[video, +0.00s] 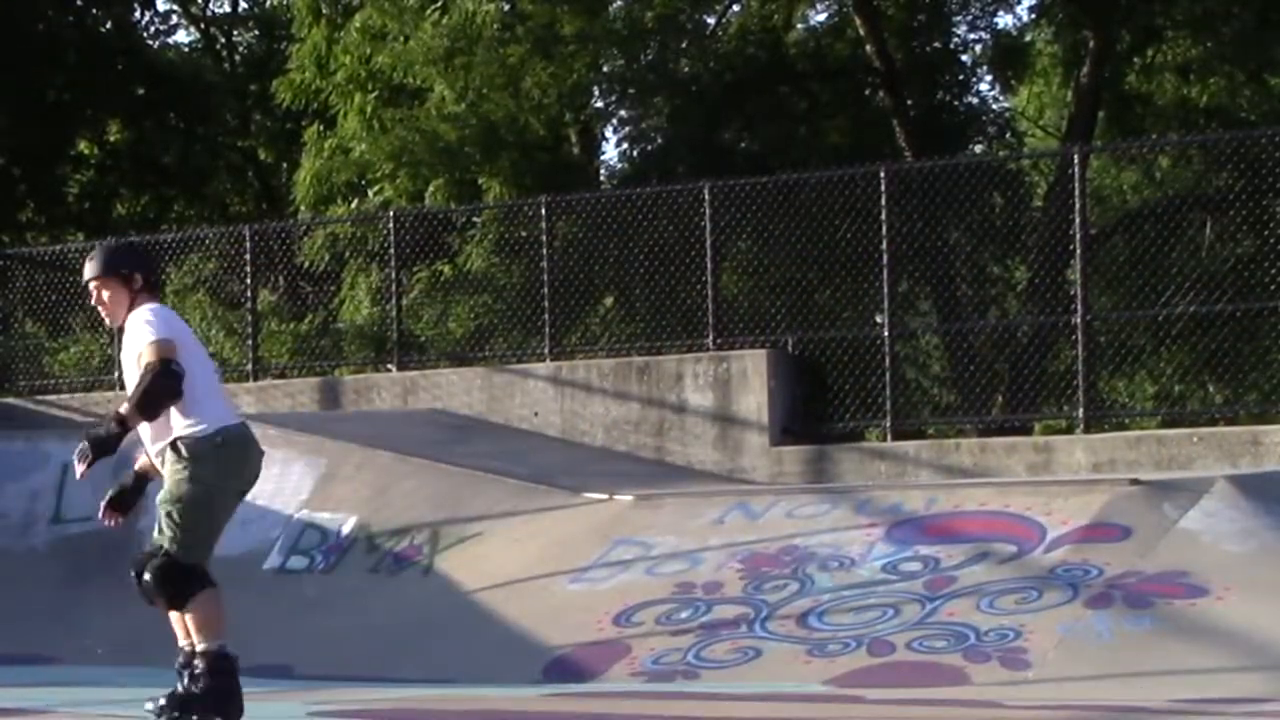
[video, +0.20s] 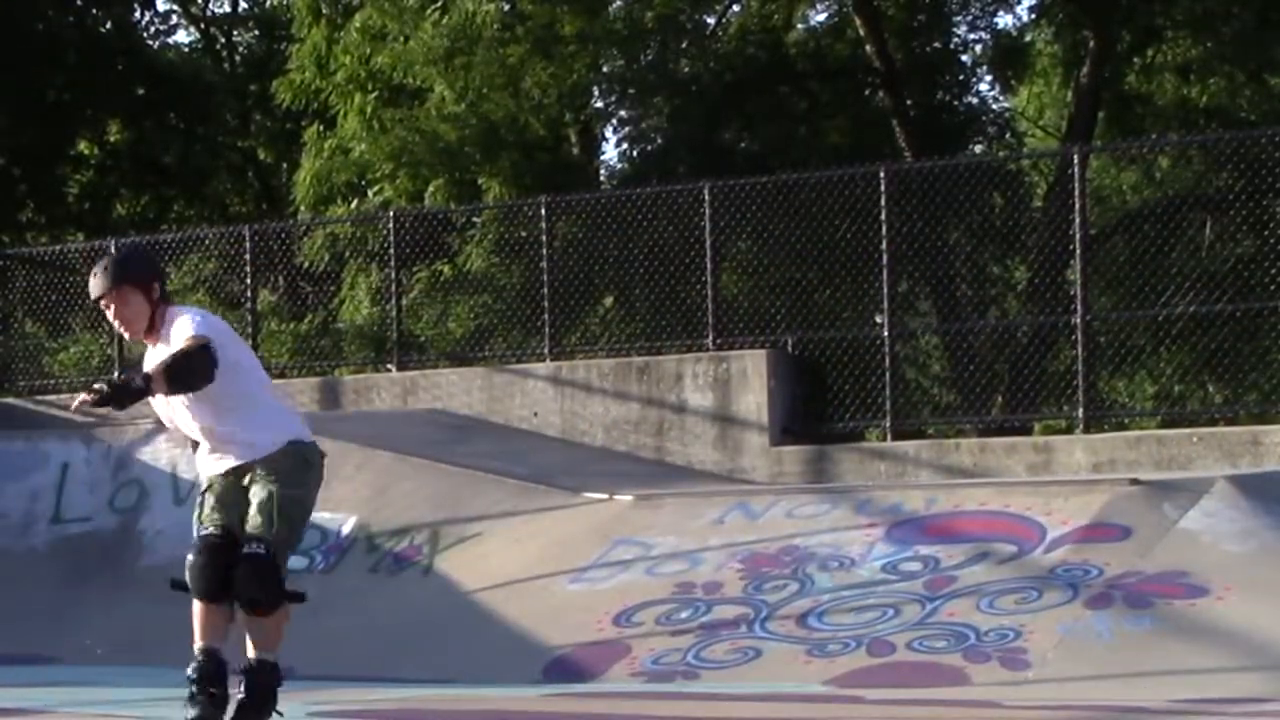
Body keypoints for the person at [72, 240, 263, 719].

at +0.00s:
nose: (95, 299)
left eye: (101, 287)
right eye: (91, 291)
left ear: (133, 282)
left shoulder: (149, 317)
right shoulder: (137, 334)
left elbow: (164, 378)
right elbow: (167, 427)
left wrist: (108, 434)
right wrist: (135, 483)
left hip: (214, 450)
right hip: (194, 455)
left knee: (178, 568)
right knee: (160, 571)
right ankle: (197, 682)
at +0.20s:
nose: (113, 313)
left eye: (119, 299)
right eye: (104, 306)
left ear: (151, 289)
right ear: (101, 310)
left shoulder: (188, 323)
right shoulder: (152, 359)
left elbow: (198, 368)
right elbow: (200, 425)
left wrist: (135, 387)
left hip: (282, 455)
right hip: (223, 467)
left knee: (257, 570)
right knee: (208, 566)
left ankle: (260, 692)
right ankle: (208, 691)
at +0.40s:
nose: (197, 292)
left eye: (207, 279)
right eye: (185, 283)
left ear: (229, 276)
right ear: (171, 289)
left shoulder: (266, 309)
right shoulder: (178, 361)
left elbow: (294, 281)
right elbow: (192, 438)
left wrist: (245, 268)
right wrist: (205, 490)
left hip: (309, 464)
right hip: (240, 477)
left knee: (303, 585)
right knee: (254, 565)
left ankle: (282, 696)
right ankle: (249, 690)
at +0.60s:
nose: (257, 261)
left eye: (266, 248)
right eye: (247, 252)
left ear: (285, 241)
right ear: (232, 255)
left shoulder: (315, 254)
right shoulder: (227, 307)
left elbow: (365, 180)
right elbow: (215, 335)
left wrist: (368, 97)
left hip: (357, 450)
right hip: (284, 461)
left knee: (351, 592)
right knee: (299, 569)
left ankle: (329, 706)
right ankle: (286, 700)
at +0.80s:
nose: (325, 212)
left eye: (337, 199)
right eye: (313, 199)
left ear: (356, 198)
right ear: (292, 201)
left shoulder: (382, 239)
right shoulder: (278, 259)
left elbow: (456, 200)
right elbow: (260, 192)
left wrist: (497, 121)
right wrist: (277, 110)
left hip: (388, 438)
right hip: (313, 442)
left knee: (392, 587)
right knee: (345, 573)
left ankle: (376, 704)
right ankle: (335, 701)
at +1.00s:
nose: (406, 190)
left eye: (418, 177)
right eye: (395, 175)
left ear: (429, 180)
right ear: (362, 172)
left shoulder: (448, 227)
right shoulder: (337, 237)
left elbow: (527, 194)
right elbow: (324, 154)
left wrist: (571, 114)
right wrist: (364, 72)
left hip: (437, 434)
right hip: (358, 435)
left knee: (445, 584)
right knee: (395, 578)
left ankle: (430, 702)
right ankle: (391, 704)